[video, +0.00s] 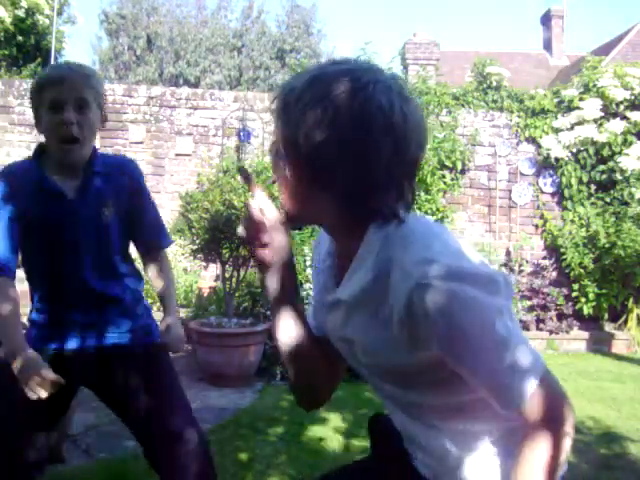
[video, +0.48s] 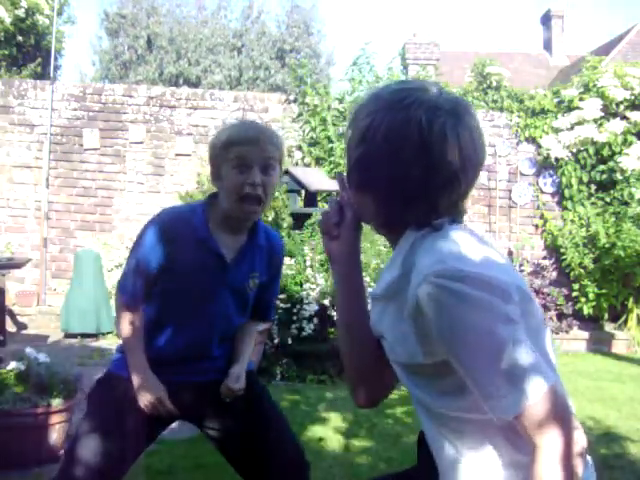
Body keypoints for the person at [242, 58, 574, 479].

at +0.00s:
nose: (273, 164)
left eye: (282, 151)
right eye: (276, 150)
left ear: (326, 162)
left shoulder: (433, 284)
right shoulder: (333, 245)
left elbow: (552, 417)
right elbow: (313, 390)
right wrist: (277, 270)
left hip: (484, 472)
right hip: (413, 450)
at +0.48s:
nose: (345, 179)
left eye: (351, 164)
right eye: (350, 163)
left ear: (373, 178)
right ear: (456, 177)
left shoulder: (448, 277)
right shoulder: (413, 259)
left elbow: (556, 435)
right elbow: (368, 388)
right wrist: (344, 259)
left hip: (510, 471)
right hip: (456, 464)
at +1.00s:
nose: (352, 148)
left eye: (363, 137)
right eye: (359, 137)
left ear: (403, 154)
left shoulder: (456, 260)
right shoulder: (422, 251)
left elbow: (569, 422)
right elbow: (378, 378)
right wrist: (349, 253)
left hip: (524, 471)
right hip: (479, 464)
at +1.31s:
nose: (389, 150)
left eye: (414, 141)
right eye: (375, 136)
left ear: (447, 178)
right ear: (351, 158)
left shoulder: (466, 272)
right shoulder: (379, 253)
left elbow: (569, 421)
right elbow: (353, 389)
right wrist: (326, 283)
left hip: (526, 472)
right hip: (455, 464)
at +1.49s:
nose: (382, 153)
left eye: (406, 143)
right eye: (365, 139)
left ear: (439, 180)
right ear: (341, 163)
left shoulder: (464, 271)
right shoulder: (367, 258)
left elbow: (562, 420)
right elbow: (375, 392)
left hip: (517, 470)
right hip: (445, 463)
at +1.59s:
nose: (372, 159)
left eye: (395, 149)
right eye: (355, 146)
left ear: (430, 182)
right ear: (331, 170)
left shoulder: (463, 278)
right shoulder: (366, 263)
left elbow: (553, 429)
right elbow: (386, 390)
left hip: (512, 469)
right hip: (438, 465)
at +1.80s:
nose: (306, 93)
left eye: (316, 77)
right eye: (310, 77)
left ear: (352, 81)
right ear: (399, 85)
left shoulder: (404, 170)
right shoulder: (408, 157)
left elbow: (480, 334)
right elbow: (497, 212)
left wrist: (329, 260)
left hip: (466, 451)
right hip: (402, 431)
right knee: (303, 475)